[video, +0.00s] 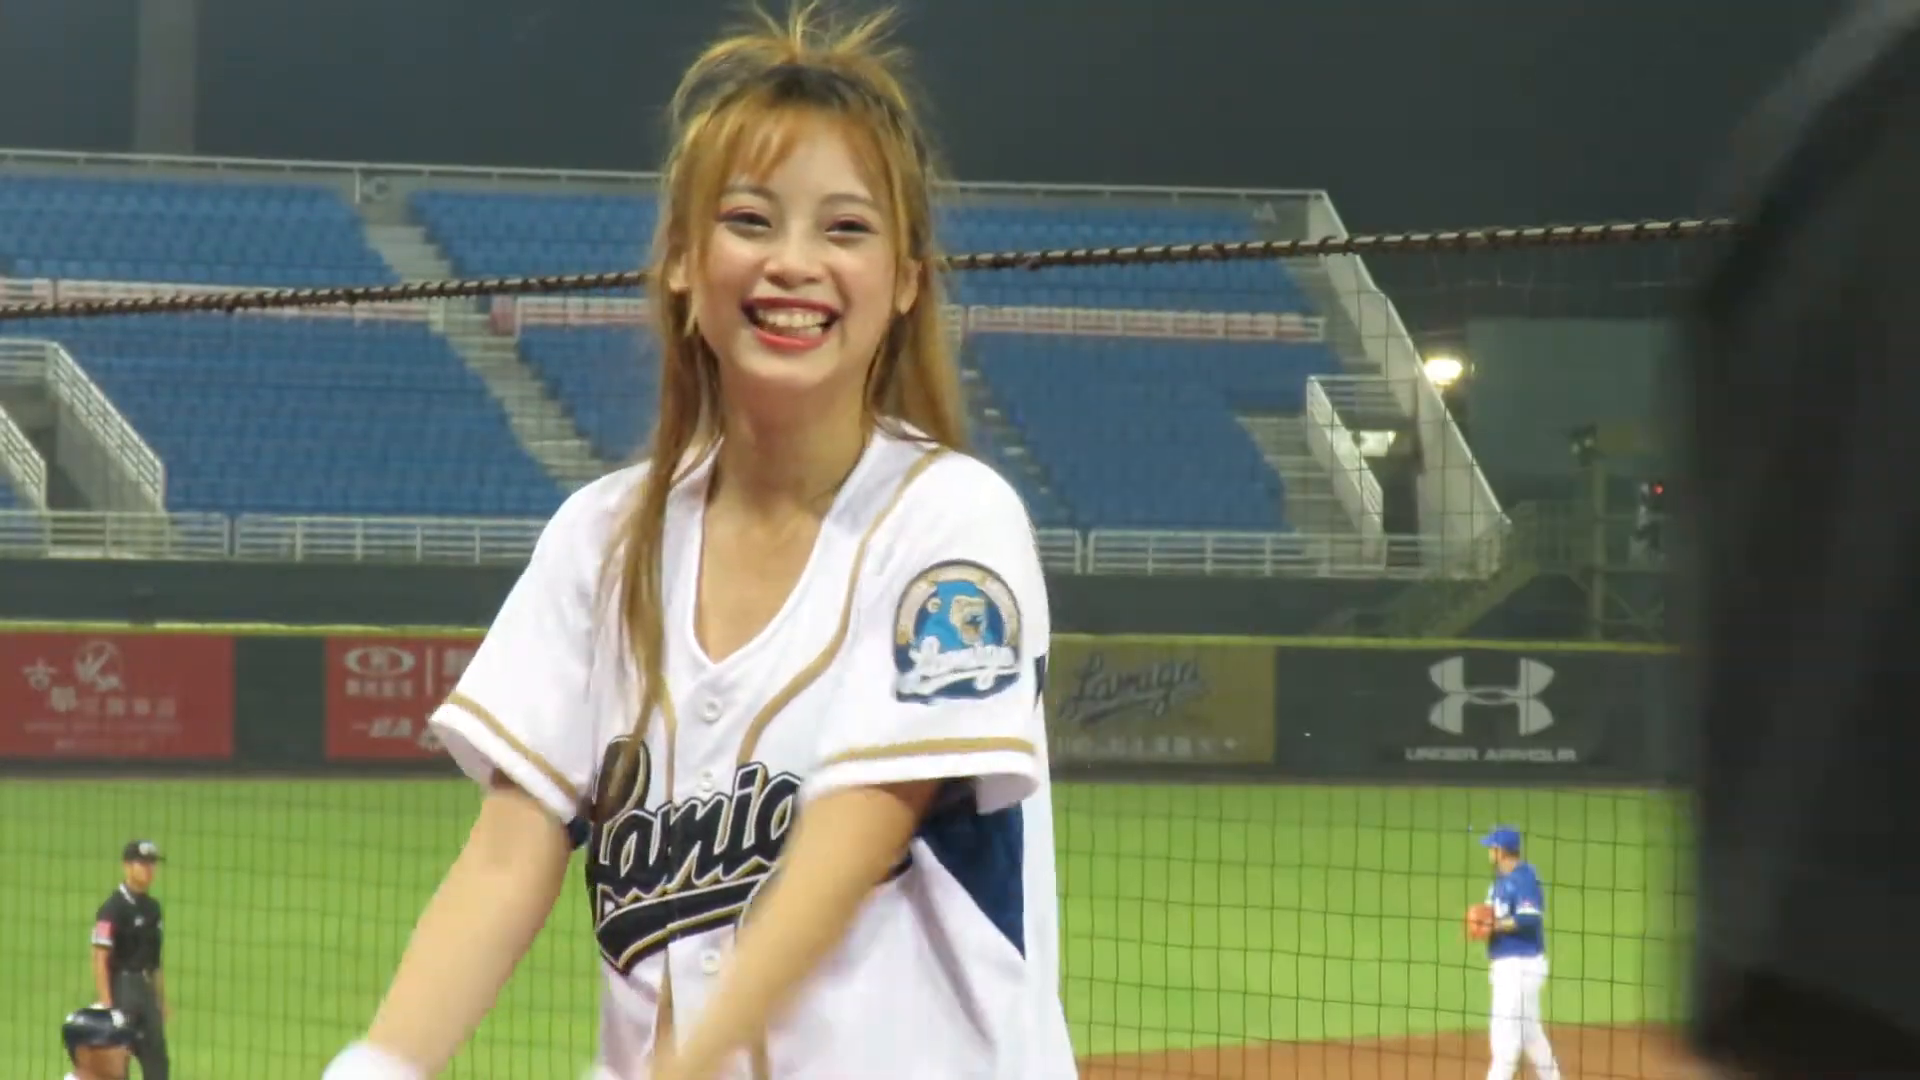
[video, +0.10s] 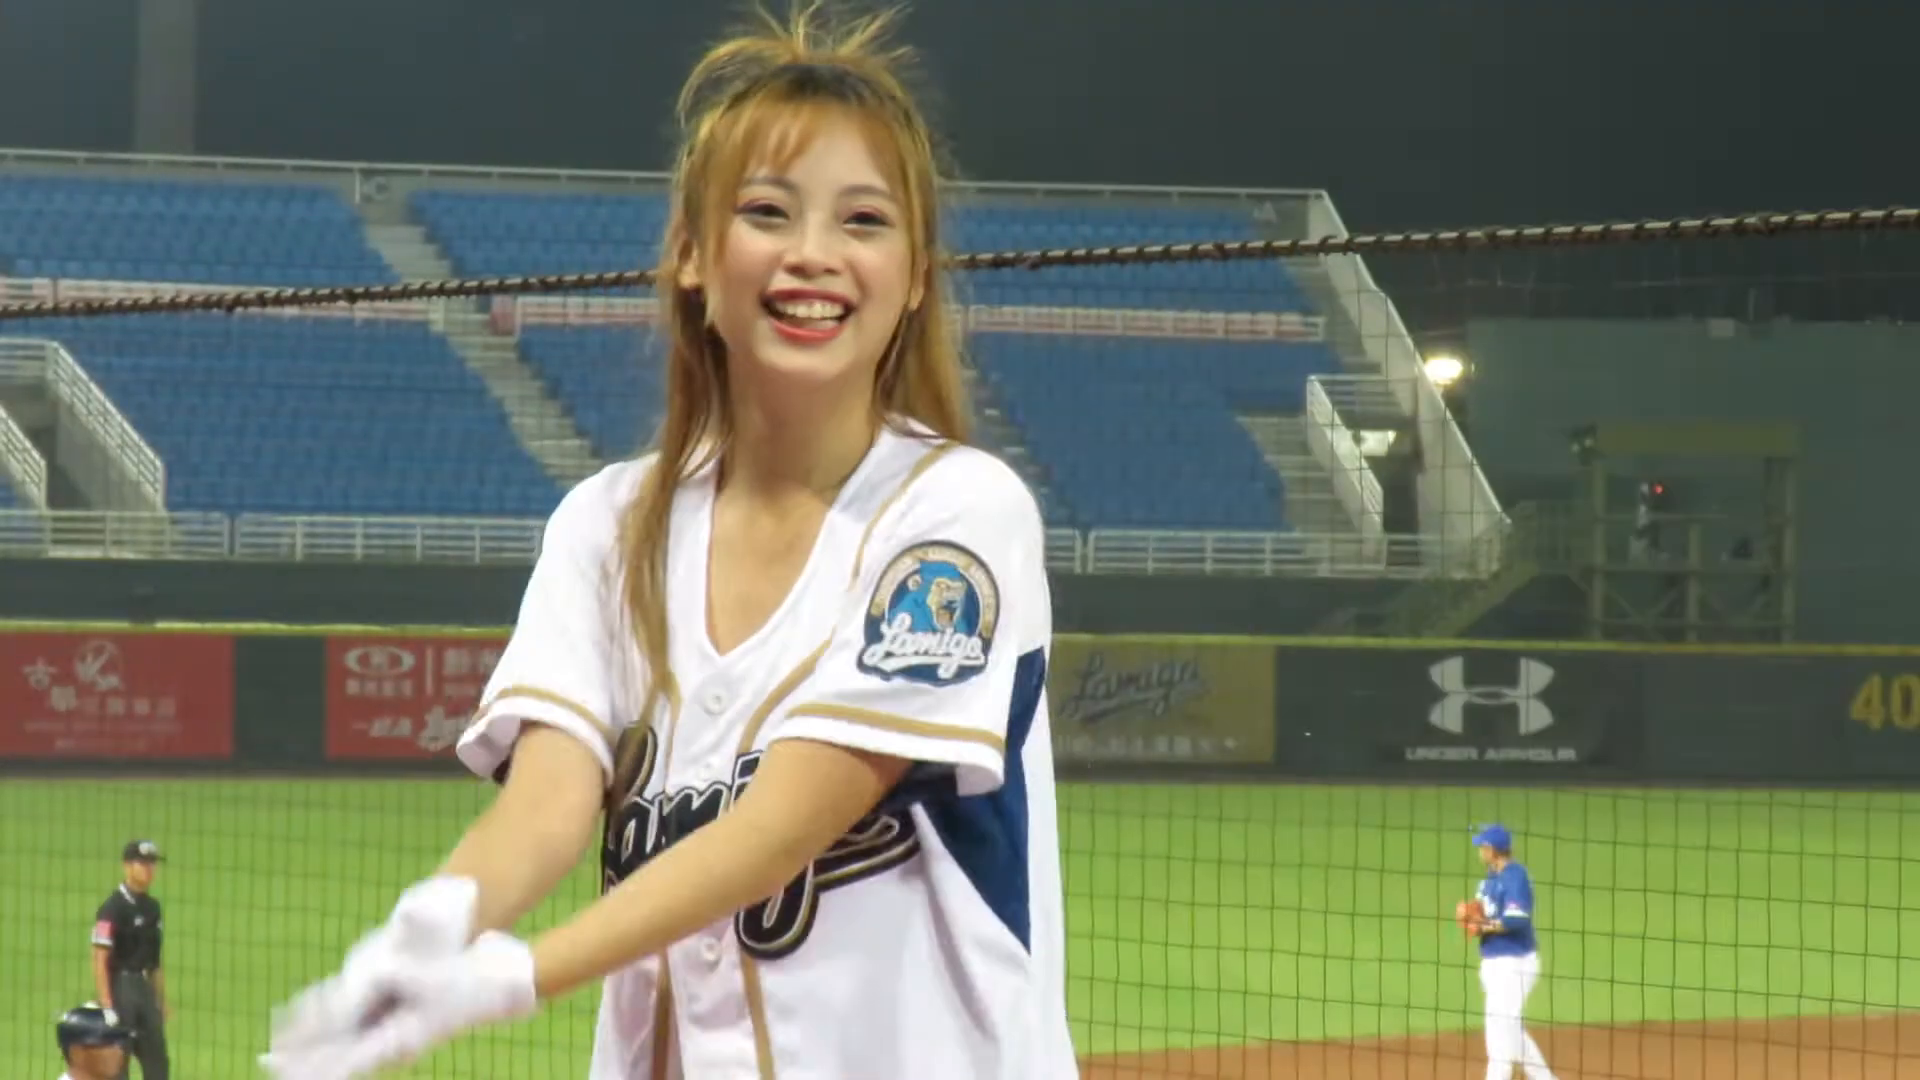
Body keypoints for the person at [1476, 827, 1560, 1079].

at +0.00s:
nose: (1490, 854)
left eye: (1493, 849)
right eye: (1490, 849)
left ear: (1503, 851)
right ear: (1505, 851)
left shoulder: (1524, 876)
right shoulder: (1500, 880)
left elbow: (1529, 917)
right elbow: (1494, 909)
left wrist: (1495, 925)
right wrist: (1482, 920)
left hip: (1522, 962)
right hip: (1505, 961)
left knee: (1505, 1029)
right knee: (1528, 1029)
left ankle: (1500, 1073)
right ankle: (1550, 1073)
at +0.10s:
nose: (1480, 852)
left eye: (1484, 847)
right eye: (1481, 847)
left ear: (1495, 849)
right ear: (1493, 849)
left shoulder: (1515, 875)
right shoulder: (1490, 879)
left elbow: (1518, 920)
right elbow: (1485, 909)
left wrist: (1484, 926)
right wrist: (1473, 916)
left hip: (1515, 961)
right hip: (1494, 961)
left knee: (1500, 1026)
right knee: (1507, 1028)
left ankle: (1498, 1074)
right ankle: (1543, 1075)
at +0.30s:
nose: (1468, 852)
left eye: (1470, 847)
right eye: (1469, 847)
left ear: (1479, 849)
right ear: (1486, 848)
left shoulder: (1498, 876)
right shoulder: (1481, 876)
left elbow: (1498, 919)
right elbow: (1480, 910)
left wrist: (1465, 924)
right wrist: (1461, 912)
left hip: (1500, 959)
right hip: (1481, 958)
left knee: (1492, 1020)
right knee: (1468, 1019)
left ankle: (1498, 1073)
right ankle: (1500, 1072)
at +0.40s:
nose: (1462, 852)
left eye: (1464, 847)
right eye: (1462, 847)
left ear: (1473, 849)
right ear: (1480, 848)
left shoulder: (1492, 874)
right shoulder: (1476, 876)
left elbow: (1492, 917)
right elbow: (1473, 910)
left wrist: (1461, 923)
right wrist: (1456, 913)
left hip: (1493, 959)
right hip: (1473, 958)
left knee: (1486, 1024)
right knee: (1458, 1020)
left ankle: (1489, 1074)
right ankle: (1474, 1074)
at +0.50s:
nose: (1456, 853)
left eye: (1458, 848)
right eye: (1456, 848)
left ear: (1469, 848)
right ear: (1472, 848)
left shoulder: (1485, 874)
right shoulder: (1471, 876)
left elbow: (1484, 916)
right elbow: (1466, 908)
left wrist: (1453, 924)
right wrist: (1447, 911)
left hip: (1487, 961)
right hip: (1464, 959)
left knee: (1483, 1029)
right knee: (1450, 1027)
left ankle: (1491, 1075)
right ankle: (1449, 1075)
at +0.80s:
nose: (1426, 861)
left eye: (1429, 855)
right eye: (1425, 856)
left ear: (1442, 852)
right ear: (1437, 853)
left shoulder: (1468, 874)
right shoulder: (1437, 880)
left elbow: (1473, 916)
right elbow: (1436, 914)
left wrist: (1434, 925)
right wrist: (1420, 919)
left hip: (1466, 964)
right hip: (1437, 964)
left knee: (1473, 1037)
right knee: (1424, 1038)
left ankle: (1486, 1075)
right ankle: (1413, 1076)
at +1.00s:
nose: (1409, 862)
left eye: (1412, 856)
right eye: (1406, 857)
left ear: (1426, 850)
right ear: (1404, 855)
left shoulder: (1450, 870)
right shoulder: (1406, 878)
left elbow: (1470, 909)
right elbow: (1398, 917)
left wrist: (1432, 931)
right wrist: (1399, 937)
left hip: (1451, 961)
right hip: (1419, 962)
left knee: (1453, 1034)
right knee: (1414, 1037)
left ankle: (1477, 1077)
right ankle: (1411, 1078)